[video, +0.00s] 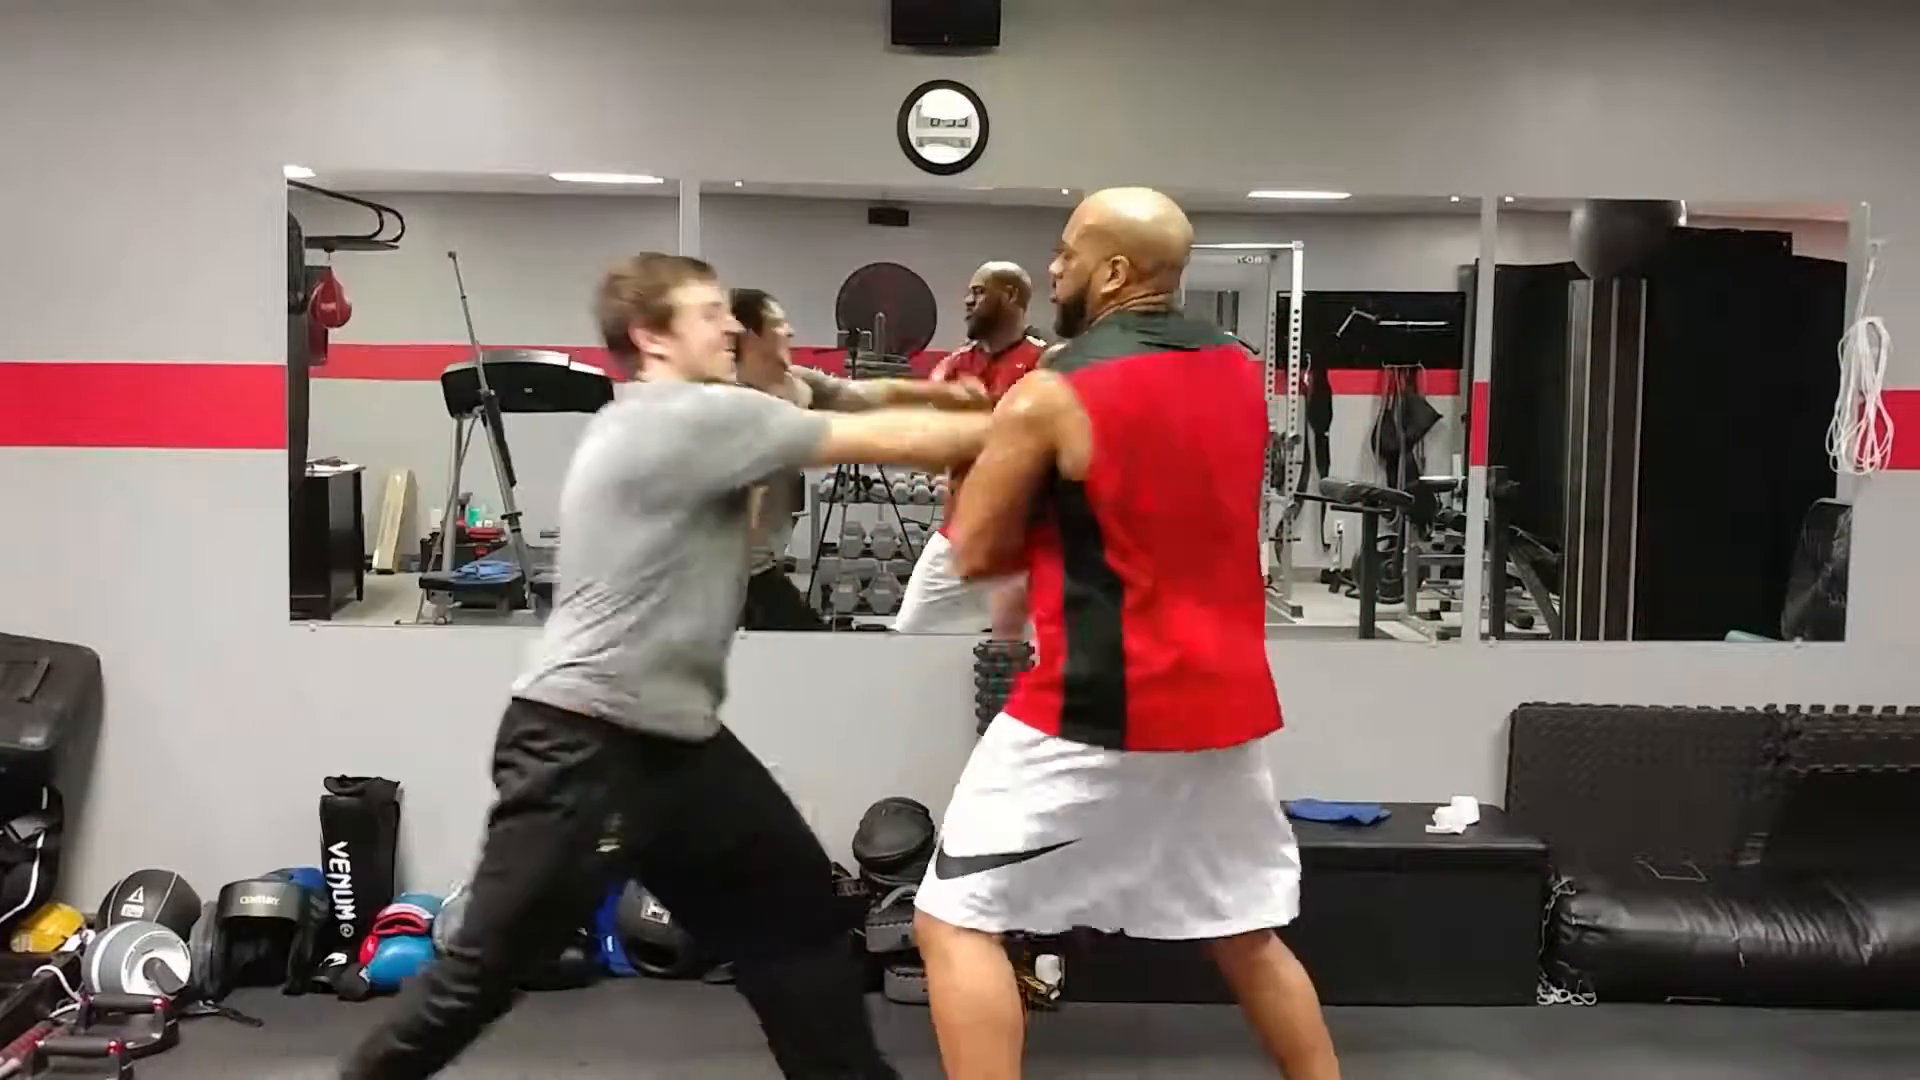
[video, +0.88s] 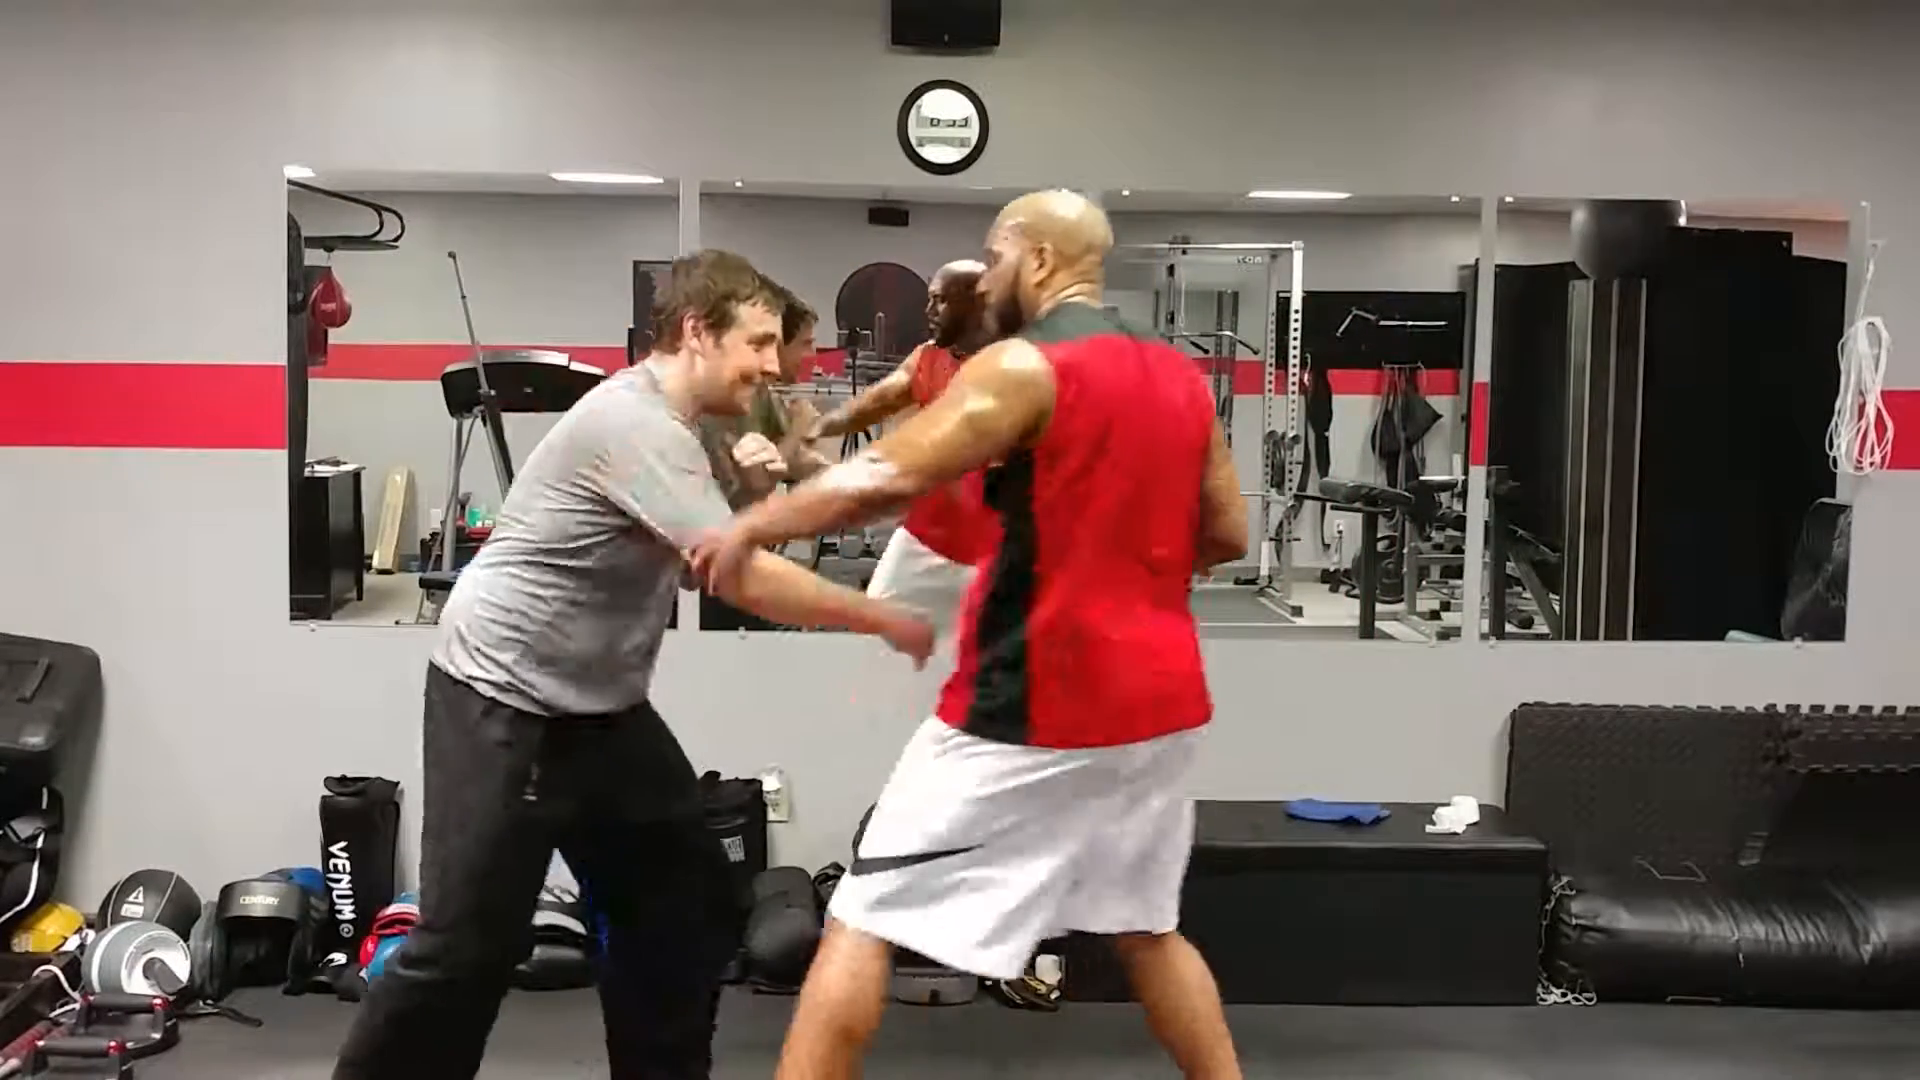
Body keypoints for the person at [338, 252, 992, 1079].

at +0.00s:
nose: (733, 329)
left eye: (729, 313)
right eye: (714, 314)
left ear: (658, 343)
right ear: (652, 338)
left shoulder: (643, 427)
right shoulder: (692, 419)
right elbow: (864, 438)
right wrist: (1016, 427)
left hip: (682, 749)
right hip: (579, 744)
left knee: (805, 939)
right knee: (473, 979)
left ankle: (849, 1073)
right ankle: (359, 1075)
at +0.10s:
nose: (802, 327)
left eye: (797, 309)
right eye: (779, 310)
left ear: (724, 335)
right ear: (714, 331)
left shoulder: (733, 411)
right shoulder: (719, 415)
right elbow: (891, 487)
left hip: (696, 731)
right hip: (618, 719)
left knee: (818, 914)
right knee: (527, 983)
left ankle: (860, 1070)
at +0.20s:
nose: (838, 336)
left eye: (837, 320)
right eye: (818, 319)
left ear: (764, 333)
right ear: (751, 329)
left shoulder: (767, 426)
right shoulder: (728, 412)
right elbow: (882, 538)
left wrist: (853, 480)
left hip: (695, 695)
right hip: (611, 673)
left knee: (809, 925)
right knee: (568, 953)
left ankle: (861, 1071)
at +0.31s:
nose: (838, 342)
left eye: (839, 327)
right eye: (820, 323)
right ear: (753, 328)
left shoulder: (762, 432)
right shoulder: (711, 412)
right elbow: (845, 551)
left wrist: (857, 486)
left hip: (683, 686)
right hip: (594, 659)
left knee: (788, 910)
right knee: (576, 937)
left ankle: (835, 1065)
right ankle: (473, 1072)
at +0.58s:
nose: (762, 374)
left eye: (766, 358)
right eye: (751, 352)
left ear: (688, 343)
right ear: (692, 339)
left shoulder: (679, 441)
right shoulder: (637, 428)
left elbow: (658, 582)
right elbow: (779, 559)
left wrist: (739, 522)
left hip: (616, 723)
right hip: (515, 714)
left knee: (733, 886)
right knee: (451, 956)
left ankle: (786, 1054)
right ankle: (360, 1077)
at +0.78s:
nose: (775, 389)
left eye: (783, 372)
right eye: (760, 364)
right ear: (698, 353)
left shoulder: (691, 441)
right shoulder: (642, 438)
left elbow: (675, 590)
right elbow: (787, 566)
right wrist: (905, 603)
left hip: (604, 715)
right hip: (508, 714)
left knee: (702, 884)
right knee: (478, 963)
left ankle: (648, 1066)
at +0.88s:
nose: (771, 368)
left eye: (777, 349)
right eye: (759, 343)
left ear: (699, 337)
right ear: (695, 333)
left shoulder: (688, 427)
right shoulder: (634, 422)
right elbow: (737, 570)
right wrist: (878, 616)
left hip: (605, 707)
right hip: (498, 699)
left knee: (686, 918)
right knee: (465, 950)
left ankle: (660, 1072)